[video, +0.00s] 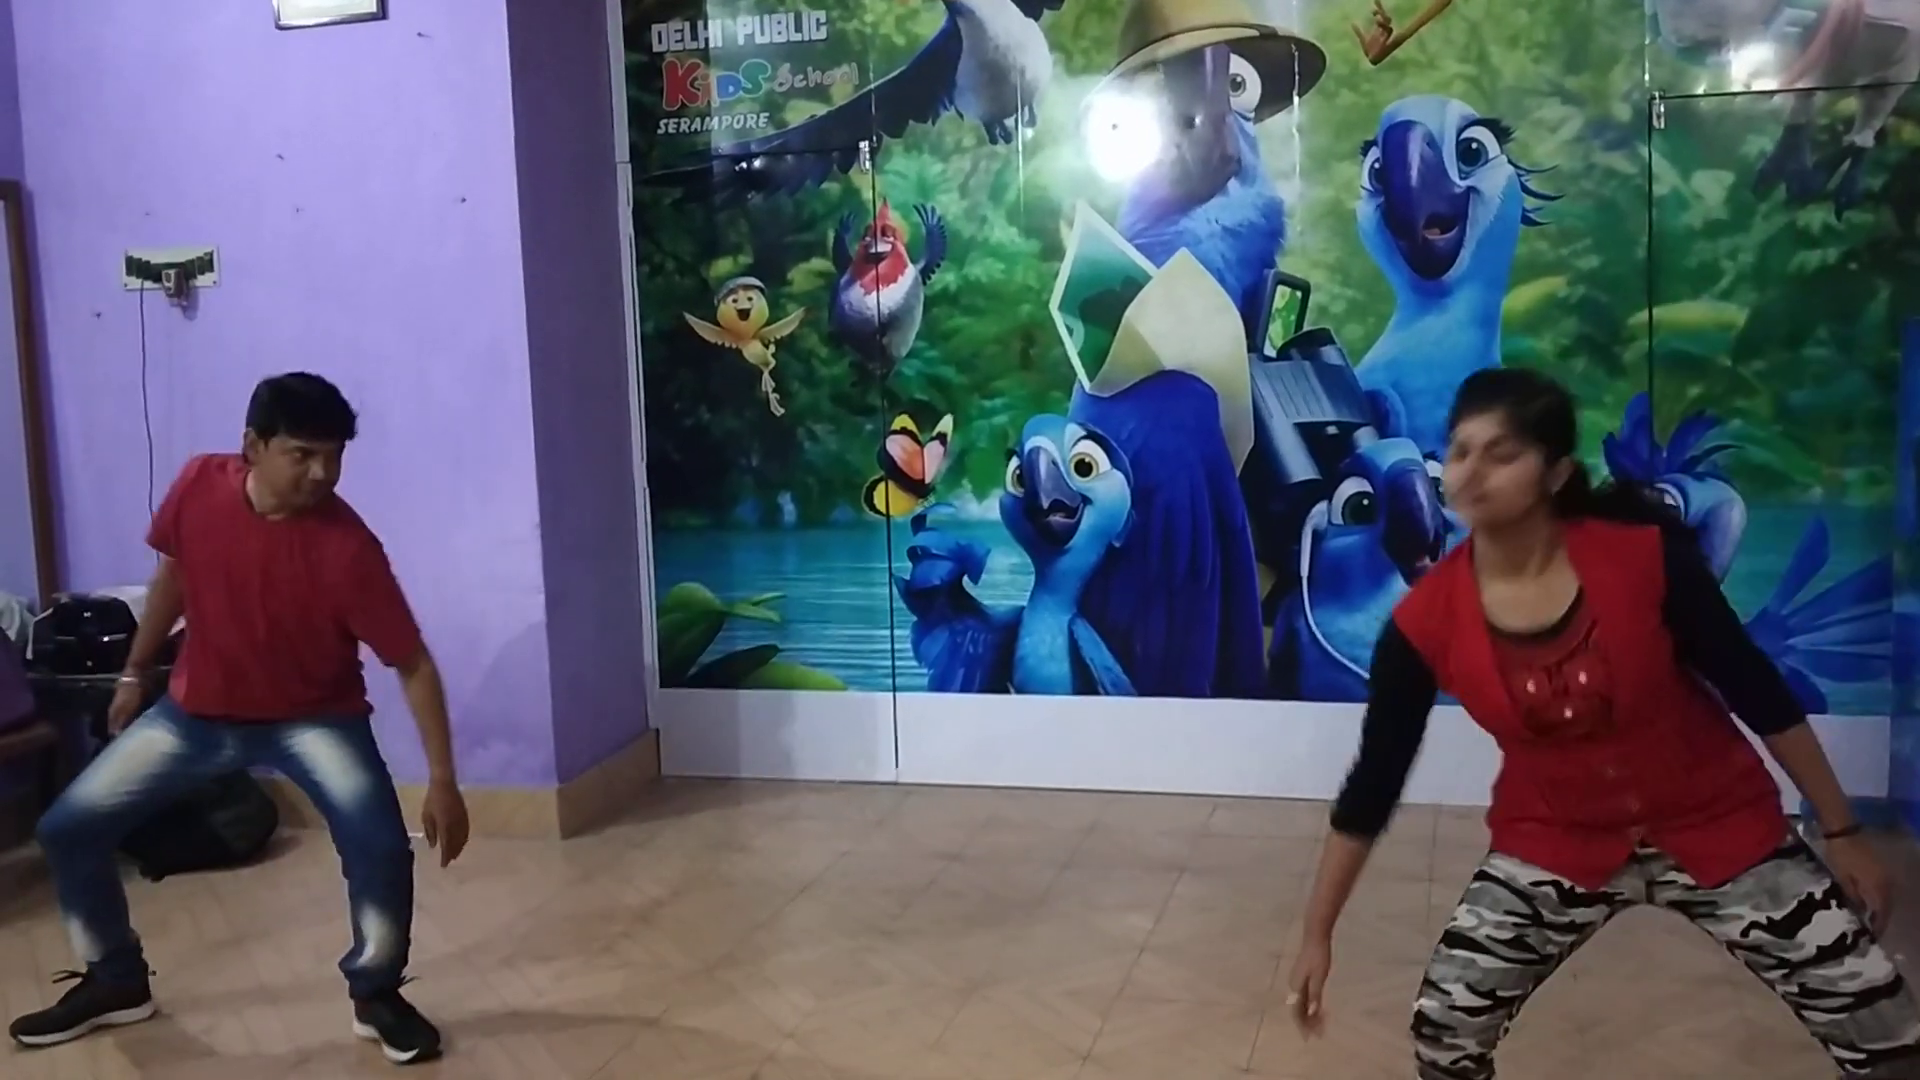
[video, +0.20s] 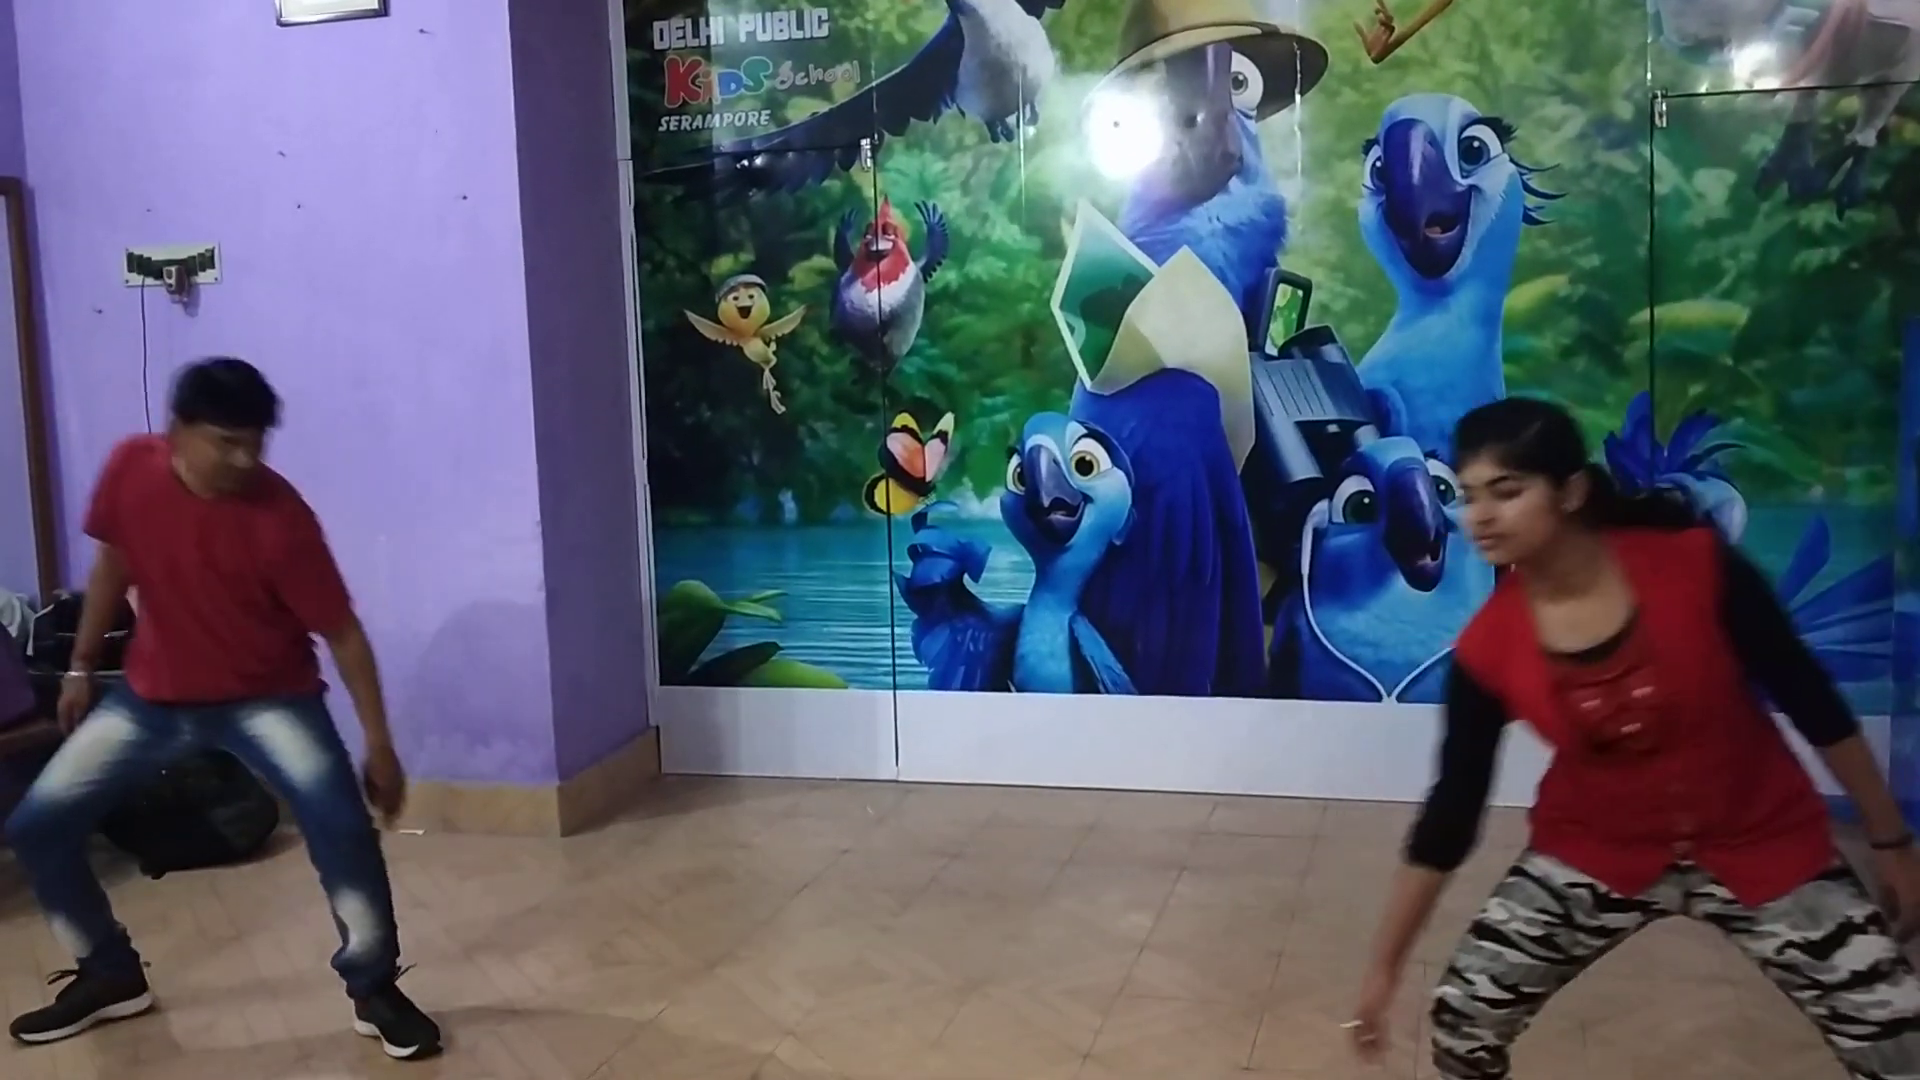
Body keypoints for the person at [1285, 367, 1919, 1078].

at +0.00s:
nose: (1469, 475)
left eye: (1498, 455)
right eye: (1458, 453)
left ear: (1555, 473)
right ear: (1445, 465)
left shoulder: (1648, 556)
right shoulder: (1426, 622)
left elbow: (1756, 689)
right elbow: (1373, 781)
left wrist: (1841, 828)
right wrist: (1315, 931)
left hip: (1711, 820)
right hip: (1553, 841)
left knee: (1873, 1009)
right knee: (1447, 1025)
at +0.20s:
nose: (1479, 517)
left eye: (1501, 492)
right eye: (1468, 498)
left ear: (1570, 492)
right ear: (1460, 506)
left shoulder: (1694, 565)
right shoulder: (1488, 650)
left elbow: (1808, 695)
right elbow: (1450, 816)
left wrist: (1890, 838)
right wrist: (1381, 972)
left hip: (1755, 841)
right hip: (1598, 852)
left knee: (1892, 1024)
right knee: (1463, 1015)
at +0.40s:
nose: (1610, 421)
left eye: (1626, 393)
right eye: (1599, 405)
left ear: (1699, 379)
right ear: (1595, 414)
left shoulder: (1841, 479)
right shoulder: (1618, 540)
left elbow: (1909, 637)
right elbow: (1579, 705)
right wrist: (1526, 861)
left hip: (1840, 782)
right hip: (1678, 789)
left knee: (1917, 1013)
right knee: (1540, 995)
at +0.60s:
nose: (1683, 297)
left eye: (1703, 269)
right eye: (1679, 276)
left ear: (1784, 265)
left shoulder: (1905, 389)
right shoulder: (1673, 416)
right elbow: (1644, 581)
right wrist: (1603, 732)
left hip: (1881, 725)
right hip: (1712, 721)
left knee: (1900, 961)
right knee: (1622, 937)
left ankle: (1904, 1069)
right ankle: (1559, 1070)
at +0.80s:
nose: (1695, 289)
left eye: (1716, 264)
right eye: (1693, 268)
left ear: (1795, 266)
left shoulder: (1902, 402)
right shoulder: (1674, 411)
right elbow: (1639, 575)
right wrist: (1592, 714)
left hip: (1871, 732)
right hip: (1710, 723)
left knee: (1902, 981)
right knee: (1615, 939)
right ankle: (1545, 1073)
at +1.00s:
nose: (1626, 306)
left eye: (1648, 284)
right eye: (1629, 286)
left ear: (1721, 293)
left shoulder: (1831, 437)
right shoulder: (1619, 432)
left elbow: (1889, 624)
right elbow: (1589, 587)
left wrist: (1911, 802)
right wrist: (1541, 713)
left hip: (1793, 753)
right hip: (1645, 743)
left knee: (1855, 992)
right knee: (1546, 933)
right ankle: (1517, 1071)